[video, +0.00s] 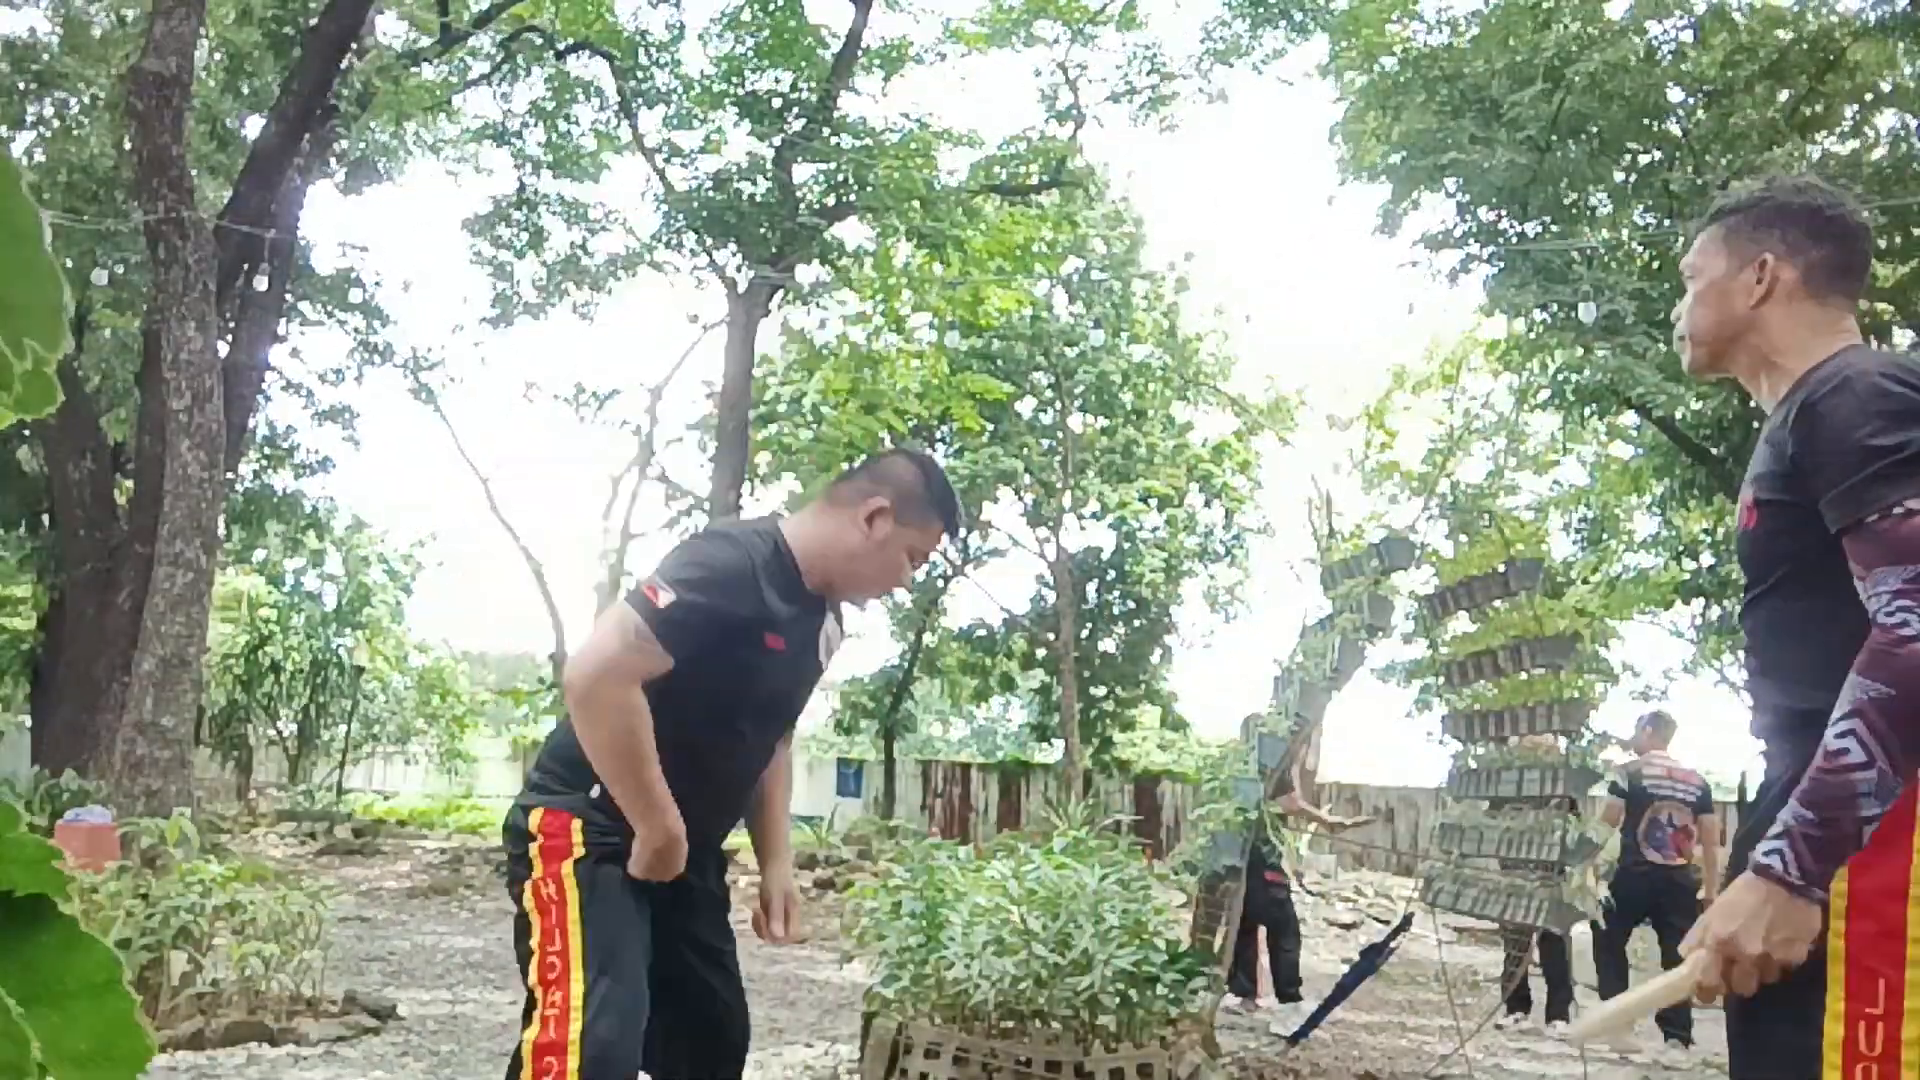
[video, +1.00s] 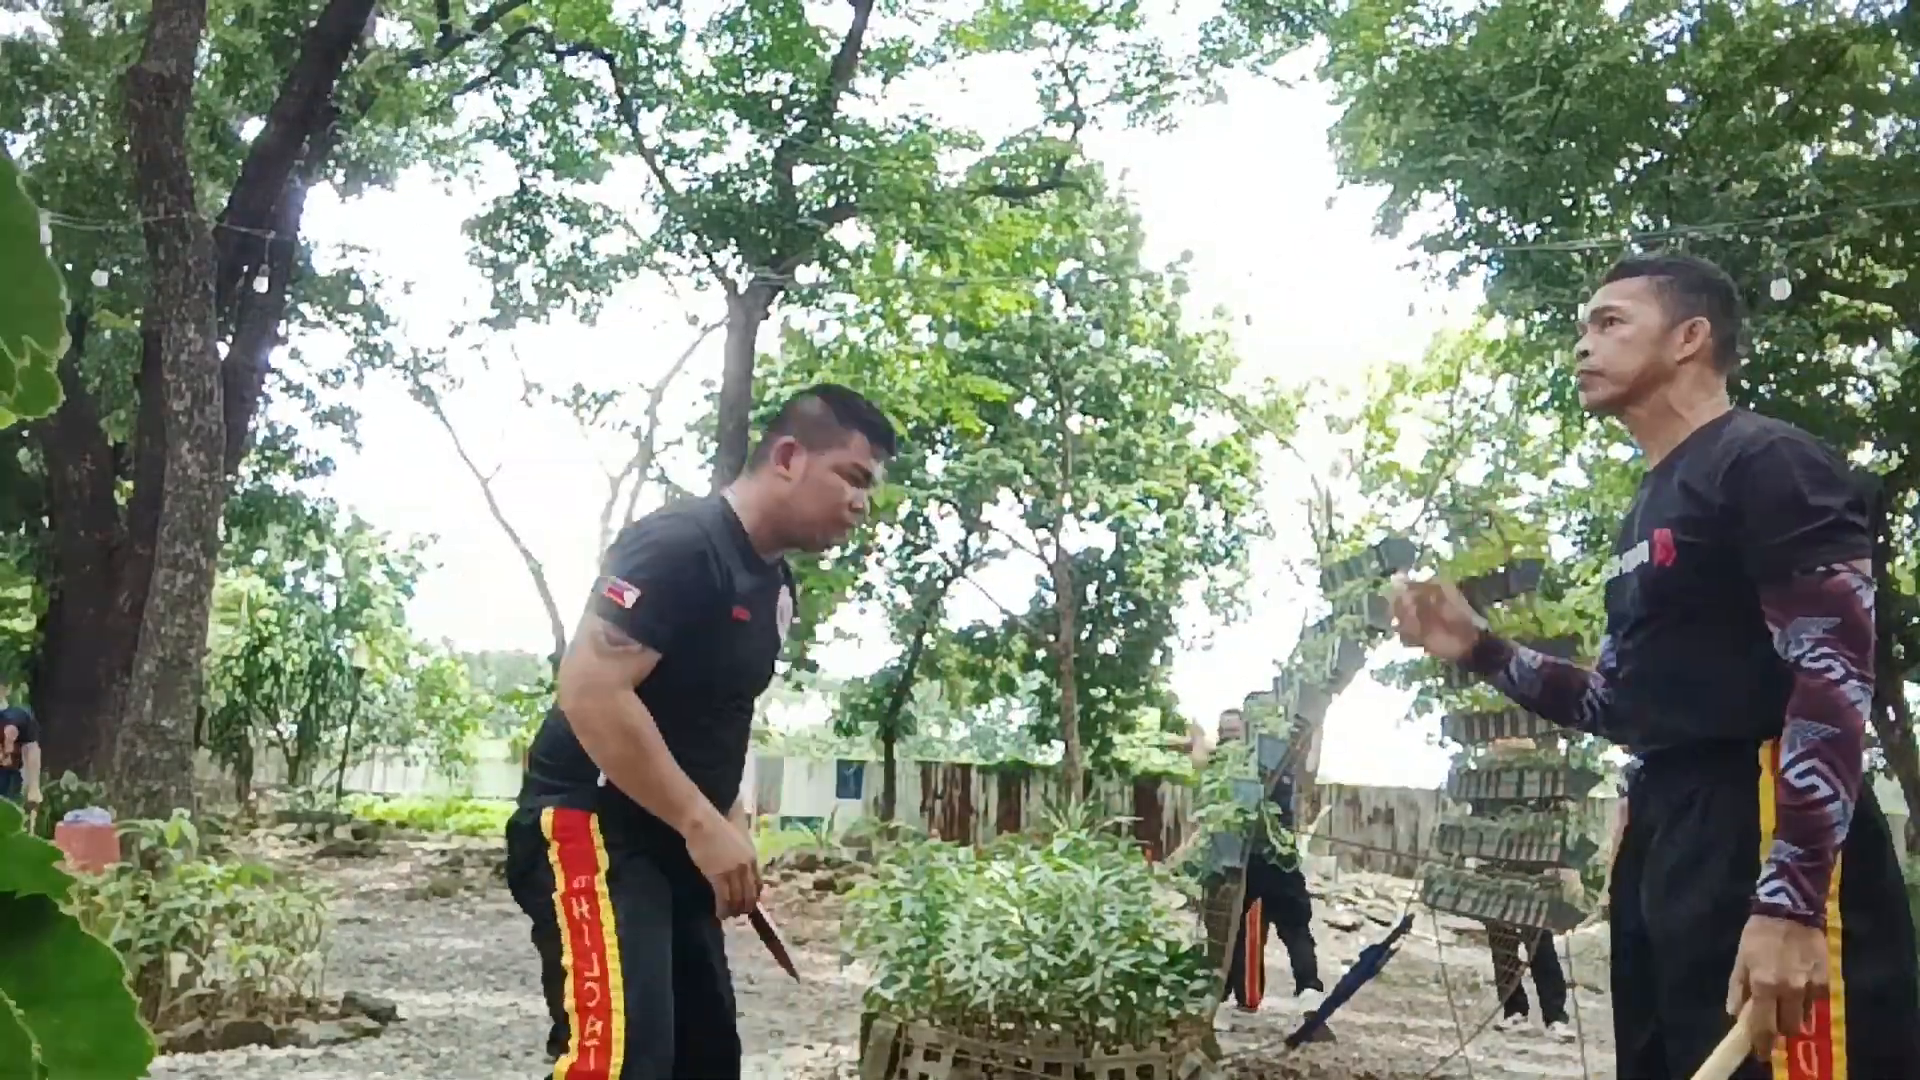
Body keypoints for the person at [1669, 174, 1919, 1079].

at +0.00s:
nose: (1679, 316)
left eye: (1691, 285)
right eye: (1681, 291)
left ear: (1763, 277)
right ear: (1763, 283)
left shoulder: (1852, 396)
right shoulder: (1811, 414)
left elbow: (1908, 634)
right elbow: (1850, 661)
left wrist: (1789, 866)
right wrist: (1769, 865)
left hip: (1862, 832)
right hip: (1821, 828)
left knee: (1827, 1059)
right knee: (1786, 1054)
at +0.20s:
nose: (1645, 283)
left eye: (1668, 254)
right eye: (1652, 259)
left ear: (1745, 267)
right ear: (1744, 275)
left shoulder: (1813, 408)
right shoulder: (1774, 412)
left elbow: (1879, 684)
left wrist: (1870, 946)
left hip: (1812, 813)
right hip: (1771, 811)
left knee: (1795, 1057)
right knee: (1747, 1051)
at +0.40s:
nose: (1595, 286)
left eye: (1611, 257)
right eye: (1602, 260)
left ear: (1682, 268)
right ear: (1683, 271)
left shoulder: (1773, 413)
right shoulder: (1724, 420)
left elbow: (1828, 676)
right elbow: (1754, 694)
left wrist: (1769, 949)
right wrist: (1670, 835)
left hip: (1812, 849)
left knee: (1798, 1057)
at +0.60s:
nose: (1589, 298)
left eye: (1606, 267)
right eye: (1595, 272)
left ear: (1673, 281)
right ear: (1672, 285)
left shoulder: (1766, 420)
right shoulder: (1702, 436)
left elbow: (1796, 675)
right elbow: (1715, 687)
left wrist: (1687, 909)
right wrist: (1598, 767)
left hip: (1797, 819)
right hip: (1734, 811)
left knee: (1805, 1057)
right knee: (1734, 1057)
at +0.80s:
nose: (1584, 335)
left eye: (1605, 305)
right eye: (1590, 312)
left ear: (1680, 313)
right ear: (1672, 322)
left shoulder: (1758, 437)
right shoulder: (1687, 464)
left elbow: (1798, 681)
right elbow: (1649, 686)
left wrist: (1736, 902)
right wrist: (1547, 589)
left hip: (1768, 828)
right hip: (1697, 821)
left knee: (1777, 1058)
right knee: (1692, 1059)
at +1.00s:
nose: (1581, 342)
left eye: (1609, 321)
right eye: (1584, 326)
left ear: (1689, 339)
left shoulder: (1768, 459)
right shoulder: (1650, 506)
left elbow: (1833, 681)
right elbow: (1619, 704)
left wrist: (1794, 899)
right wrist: (1480, 652)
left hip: (1765, 820)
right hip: (1666, 826)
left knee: (1770, 1059)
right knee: (1660, 1058)